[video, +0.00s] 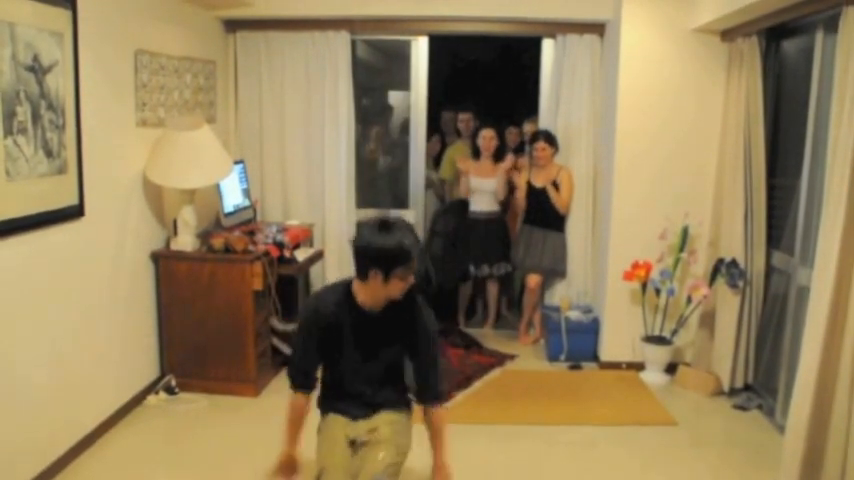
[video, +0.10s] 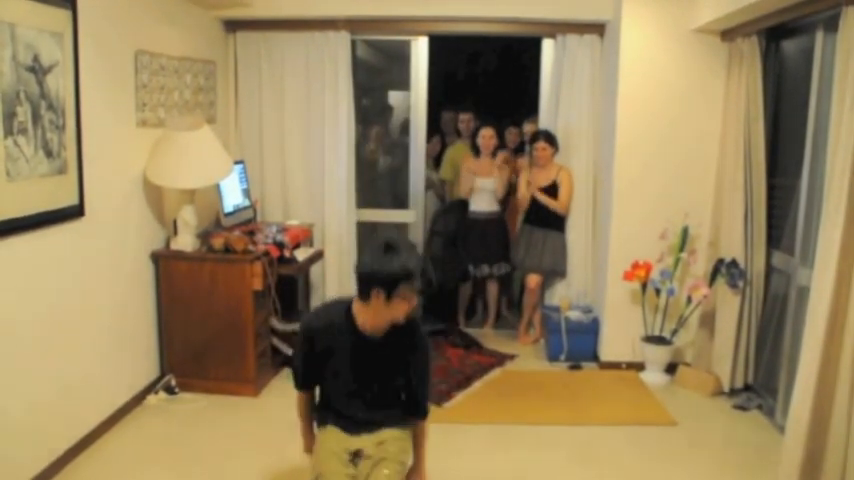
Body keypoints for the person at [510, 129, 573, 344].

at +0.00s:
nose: (539, 154)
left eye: (544, 149)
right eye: (536, 149)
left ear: (553, 151)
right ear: (532, 152)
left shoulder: (563, 174)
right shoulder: (527, 173)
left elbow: (563, 208)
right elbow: (520, 207)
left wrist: (549, 186)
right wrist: (519, 185)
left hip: (551, 232)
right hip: (529, 229)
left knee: (533, 280)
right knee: (534, 284)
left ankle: (523, 324)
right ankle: (538, 328)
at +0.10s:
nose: (539, 153)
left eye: (544, 149)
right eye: (536, 149)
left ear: (553, 151)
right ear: (532, 151)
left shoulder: (562, 173)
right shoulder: (528, 173)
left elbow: (563, 208)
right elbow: (522, 201)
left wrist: (537, 193)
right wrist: (524, 175)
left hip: (550, 230)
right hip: (530, 228)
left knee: (533, 281)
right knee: (533, 284)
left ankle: (523, 326)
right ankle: (538, 328)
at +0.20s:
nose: (539, 154)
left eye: (544, 149)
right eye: (536, 149)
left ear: (554, 151)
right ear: (532, 152)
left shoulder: (562, 173)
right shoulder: (528, 174)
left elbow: (564, 208)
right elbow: (522, 201)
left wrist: (541, 194)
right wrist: (523, 177)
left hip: (551, 231)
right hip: (530, 229)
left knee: (533, 281)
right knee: (533, 284)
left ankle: (523, 325)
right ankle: (538, 328)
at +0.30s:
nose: (539, 154)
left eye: (544, 149)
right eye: (536, 149)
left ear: (554, 151)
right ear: (532, 152)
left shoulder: (563, 174)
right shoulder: (527, 175)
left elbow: (564, 208)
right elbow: (521, 205)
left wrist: (548, 189)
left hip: (551, 232)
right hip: (530, 229)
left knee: (533, 281)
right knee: (533, 285)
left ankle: (523, 325)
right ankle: (538, 329)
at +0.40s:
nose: (540, 154)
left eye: (544, 149)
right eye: (536, 149)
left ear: (554, 151)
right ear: (532, 152)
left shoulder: (562, 174)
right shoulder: (527, 173)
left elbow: (563, 208)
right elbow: (520, 207)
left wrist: (555, 188)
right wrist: (517, 186)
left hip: (551, 232)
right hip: (530, 229)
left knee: (533, 281)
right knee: (535, 284)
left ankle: (523, 325)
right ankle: (538, 328)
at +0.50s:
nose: (540, 154)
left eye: (545, 149)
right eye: (536, 149)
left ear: (554, 151)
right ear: (532, 152)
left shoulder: (562, 174)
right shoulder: (527, 173)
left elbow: (563, 209)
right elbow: (520, 208)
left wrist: (551, 189)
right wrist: (519, 187)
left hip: (551, 232)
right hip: (530, 229)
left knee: (533, 281)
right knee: (534, 285)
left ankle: (523, 324)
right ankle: (538, 328)